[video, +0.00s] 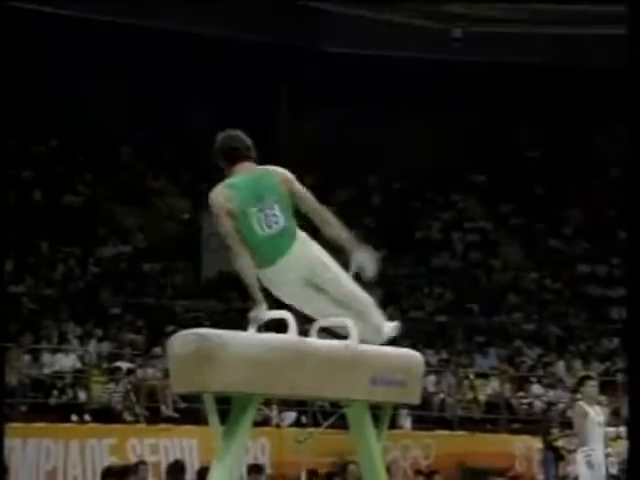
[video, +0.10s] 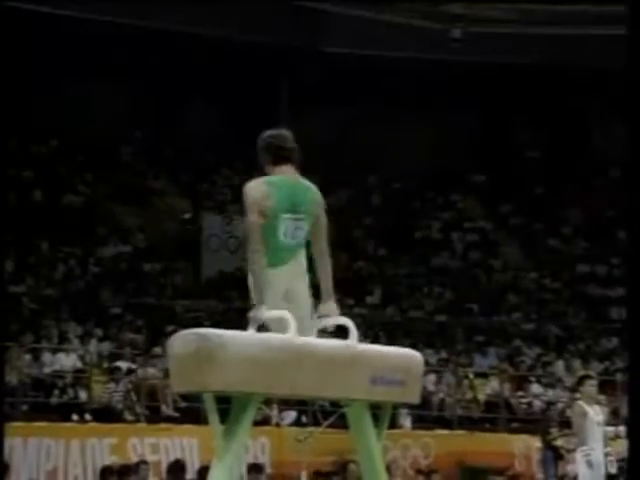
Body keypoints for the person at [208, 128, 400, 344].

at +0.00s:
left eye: (226, 159)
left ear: (223, 163)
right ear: (252, 153)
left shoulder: (220, 197)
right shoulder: (278, 174)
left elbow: (239, 252)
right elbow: (318, 214)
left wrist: (259, 303)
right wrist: (354, 248)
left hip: (275, 276)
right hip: (303, 251)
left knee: (323, 310)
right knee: (344, 287)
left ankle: (368, 337)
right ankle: (381, 328)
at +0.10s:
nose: (261, 160)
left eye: (263, 155)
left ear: (266, 157)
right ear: (294, 155)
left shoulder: (256, 189)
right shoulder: (313, 193)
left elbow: (255, 248)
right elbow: (321, 250)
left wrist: (257, 302)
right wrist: (328, 299)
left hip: (266, 271)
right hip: (298, 267)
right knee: (304, 336)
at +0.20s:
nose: (301, 169)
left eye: (302, 163)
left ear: (307, 164)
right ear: (332, 164)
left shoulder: (294, 192)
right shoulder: (345, 202)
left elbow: (277, 247)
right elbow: (337, 259)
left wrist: (264, 303)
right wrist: (332, 309)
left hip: (274, 270)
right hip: (299, 276)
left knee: (224, 327)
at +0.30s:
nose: (317, 174)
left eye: (318, 169)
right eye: (320, 169)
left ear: (323, 168)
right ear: (349, 171)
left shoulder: (314, 195)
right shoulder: (362, 211)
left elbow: (292, 245)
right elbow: (346, 265)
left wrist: (271, 287)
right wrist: (333, 311)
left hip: (279, 264)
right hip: (301, 281)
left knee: (209, 299)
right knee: (219, 315)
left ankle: (143, 342)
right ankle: (154, 348)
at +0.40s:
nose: (304, 184)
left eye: (306, 178)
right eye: (306, 180)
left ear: (316, 174)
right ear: (336, 175)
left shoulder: (315, 184)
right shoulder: (356, 215)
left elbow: (298, 213)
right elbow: (342, 265)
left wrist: (275, 247)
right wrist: (332, 310)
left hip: (297, 247)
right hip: (311, 277)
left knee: (235, 279)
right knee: (240, 304)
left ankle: (175, 310)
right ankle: (181, 321)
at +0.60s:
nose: (252, 210)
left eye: (251, 204)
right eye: (250, 206)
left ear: (254, 193)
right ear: (270, 184)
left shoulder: (264, 197)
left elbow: (274, 242)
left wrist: (274, 292)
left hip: (320, 215)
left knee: (345, 261)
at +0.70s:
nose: (229, 211)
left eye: (227, 205)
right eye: (228, 206)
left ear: (230, 197)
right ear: (250, 188)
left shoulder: (242, 204)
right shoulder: (277, 201)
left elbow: (263, 256)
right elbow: (309, 261)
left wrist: (279, 299)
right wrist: (331, 308)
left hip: (320, 222)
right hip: (332, 219)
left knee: (387, 269)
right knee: (393, 264)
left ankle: (457, 318)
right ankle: (457, 308)